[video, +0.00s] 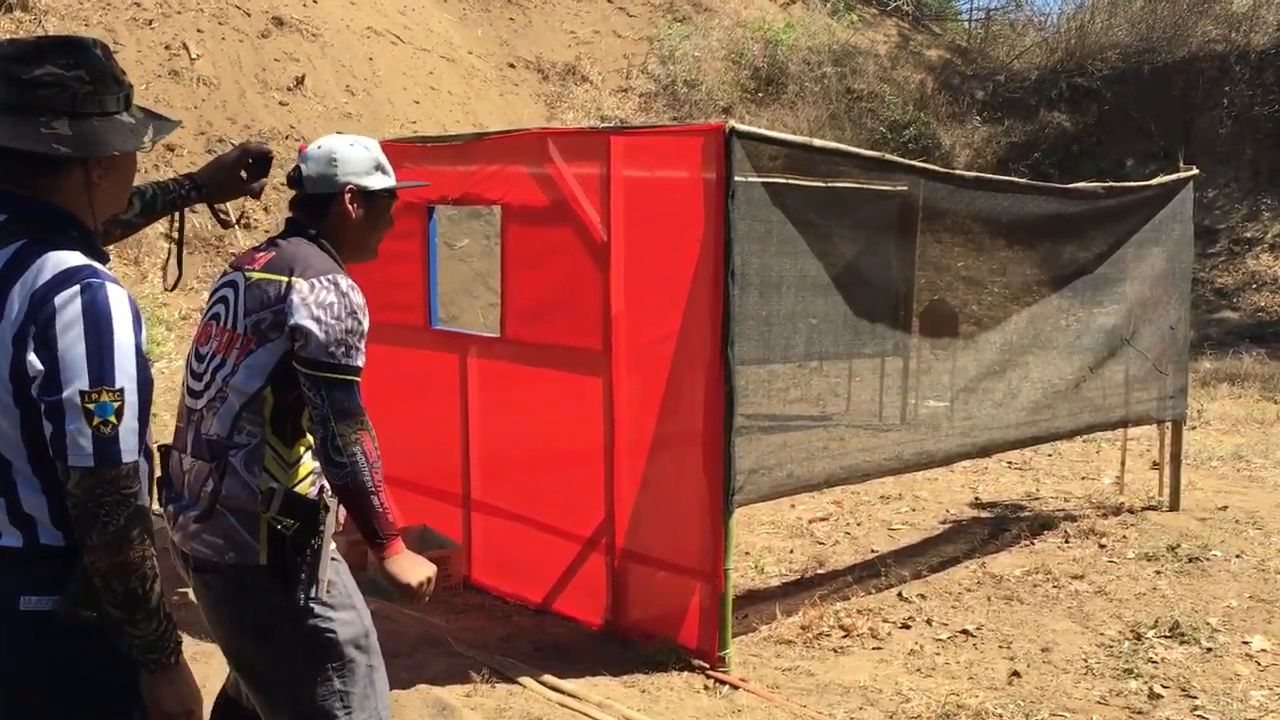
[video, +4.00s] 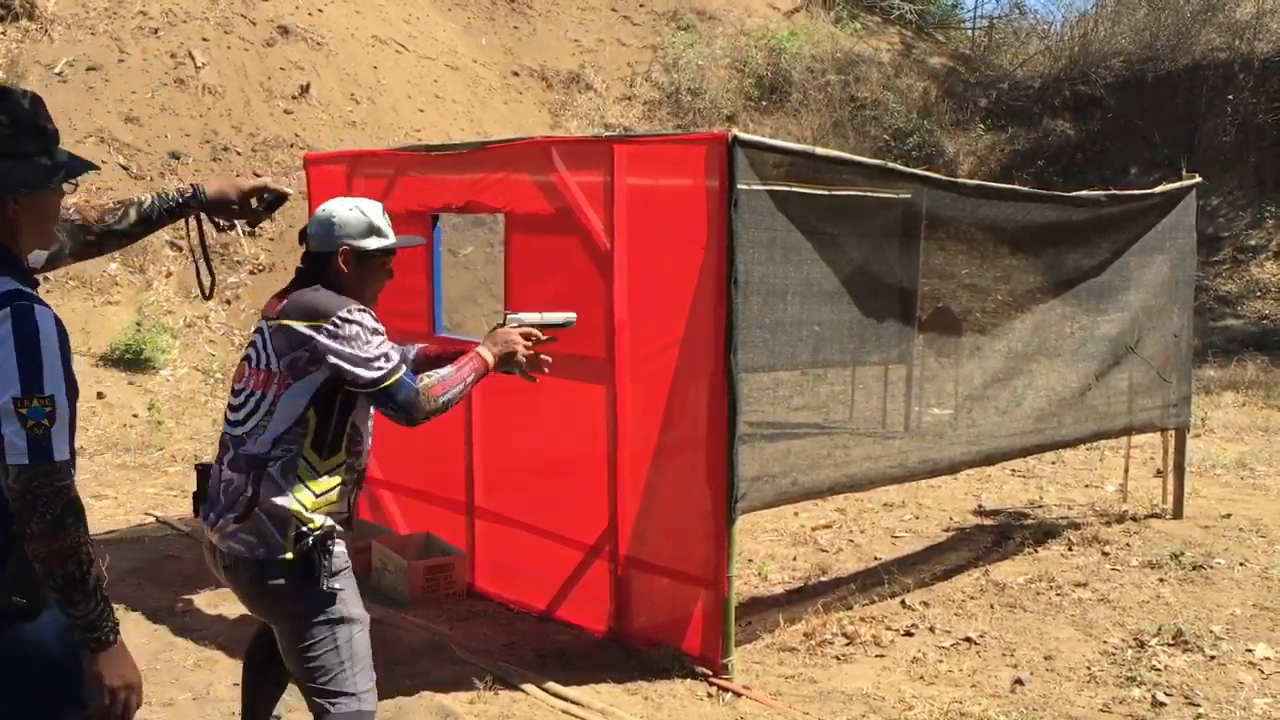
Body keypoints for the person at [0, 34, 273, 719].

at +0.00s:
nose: (139, 166)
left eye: (139, 149)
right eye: (132, 150)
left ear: (20, 157)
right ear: (90, 167)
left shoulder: (11, 251)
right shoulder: (81, 295)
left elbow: (94, 219)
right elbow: (110, 514)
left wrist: (197, 186)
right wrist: (164, 659)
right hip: (61, 612)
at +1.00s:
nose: (156, 167)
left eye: (156, 151)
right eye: (149, 152)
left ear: (25, 156)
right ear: (111, 169)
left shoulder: (11, 241)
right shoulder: (105, 303)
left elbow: (104, 228)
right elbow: (139, 516)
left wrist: (221, 198)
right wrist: (200, 650)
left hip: (12, 580)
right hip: (87, 611)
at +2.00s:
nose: (166, 171)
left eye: (165, 155)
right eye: (159, 156)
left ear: (36, 157)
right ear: (123, 173)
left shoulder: (9, 232)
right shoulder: (114, 305)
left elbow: (120, 224)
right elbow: (143, 520)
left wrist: (241, 197)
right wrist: (204, 653)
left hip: (14, 571)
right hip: (89, 604)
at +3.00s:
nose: (183, 190)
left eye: (183, 177)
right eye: (175, 178)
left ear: (53, 167)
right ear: (136, 194)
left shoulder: (15, 229)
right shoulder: (114, 323)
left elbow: (146, 221)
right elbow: (131, 536)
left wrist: (272, 208)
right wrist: (190, 679)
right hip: (67, 608)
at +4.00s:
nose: (65, 200)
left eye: (60, 186)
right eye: (56, 186)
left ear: (10, 203)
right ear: (17, 203)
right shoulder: (26, 323)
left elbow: (77, 229)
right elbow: (43, 499)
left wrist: (196, 197)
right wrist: (103, 637)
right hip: (31, 620)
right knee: (93, 703)